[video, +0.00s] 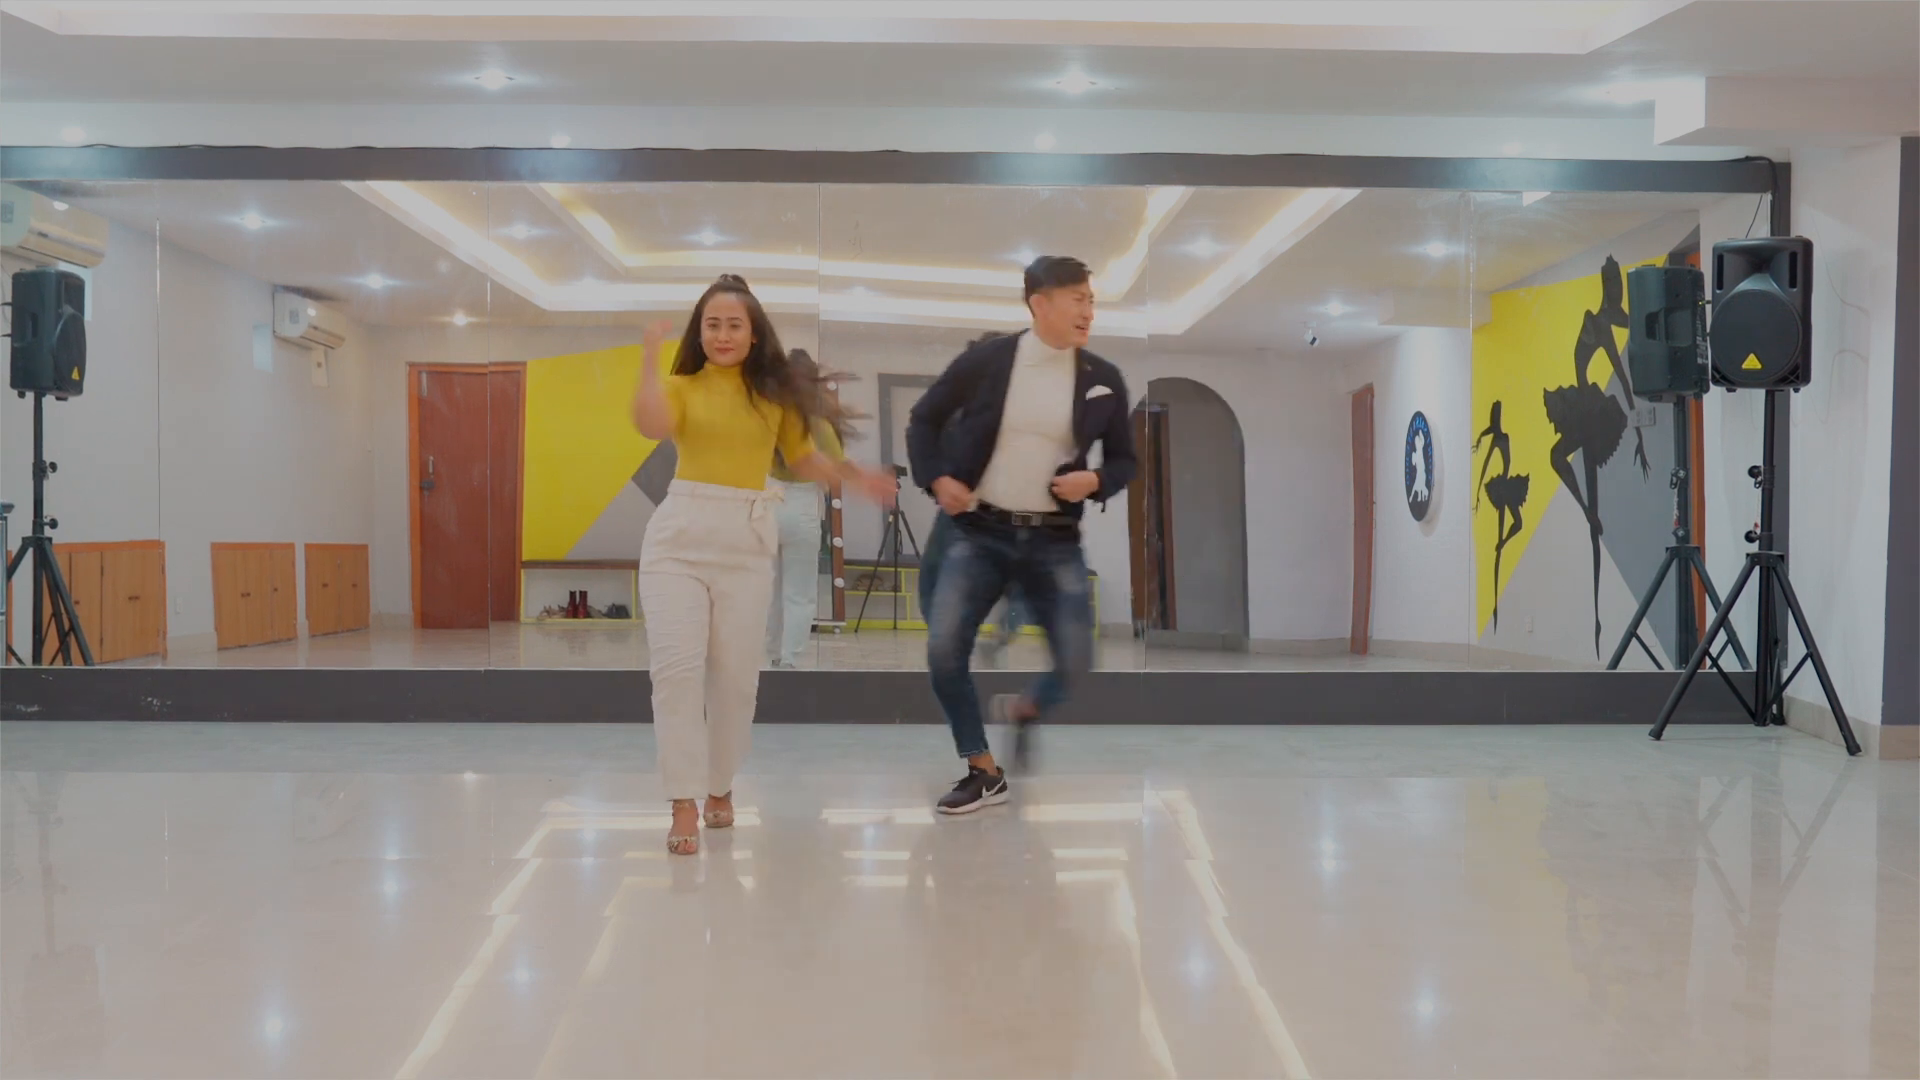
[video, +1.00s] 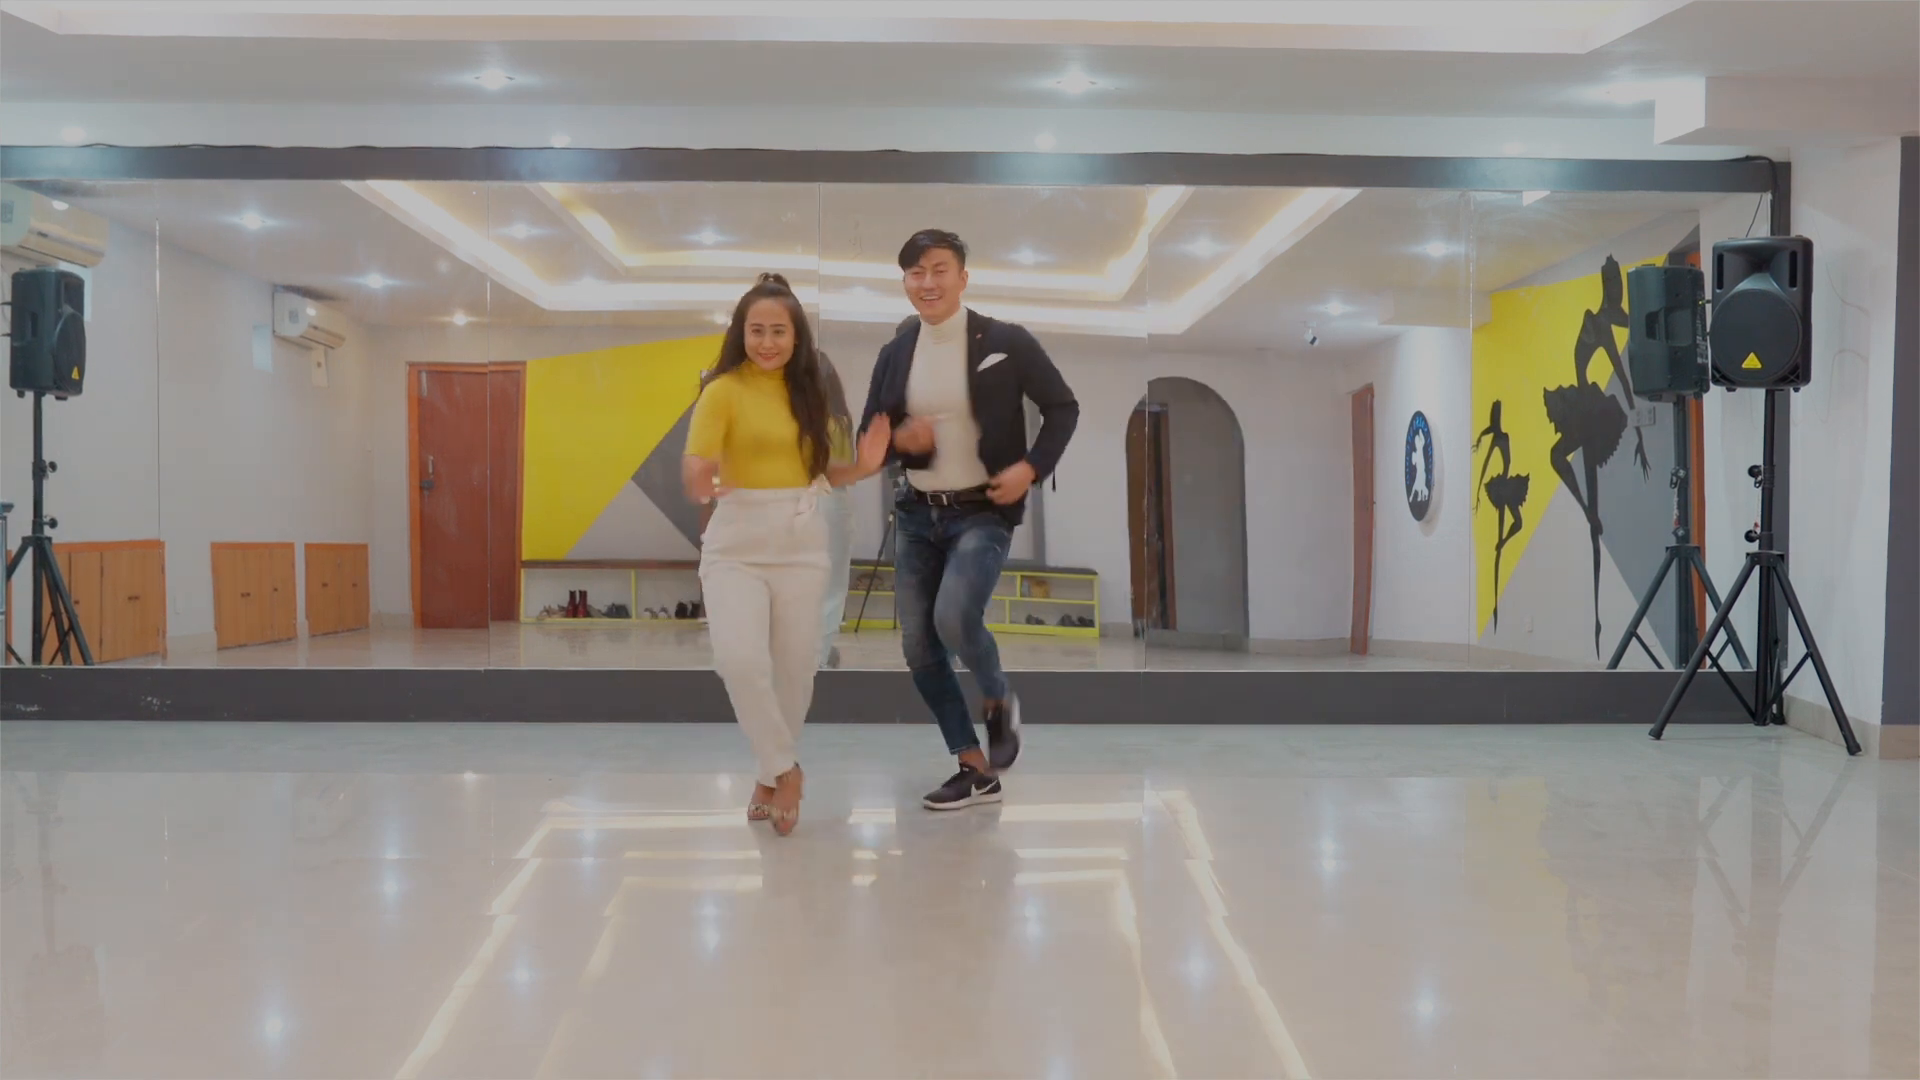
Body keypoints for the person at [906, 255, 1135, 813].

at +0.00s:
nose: (1089, 312)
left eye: (1091, 302)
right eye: (1077, 301)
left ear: (1090, 306)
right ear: (1037, 304)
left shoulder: (1102, 379)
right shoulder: (985, 360)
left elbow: (1124, 461)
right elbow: (924, 418)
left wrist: (1097, 481)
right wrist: (934, 478)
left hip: (1054, 540)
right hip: (978, 531)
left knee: (1073, 668)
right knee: (943, 651)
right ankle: (982, 768)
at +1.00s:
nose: (927, 282)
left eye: (939, 270)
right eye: (916, 272)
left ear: (964, 276)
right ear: (904, 281)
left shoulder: (1007, 343)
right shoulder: (896, 353)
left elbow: (1062, 407)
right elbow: (869, 438)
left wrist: (1031, 468)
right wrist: (897, 438)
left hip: (982, 510)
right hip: (917, 513)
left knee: (953, 621)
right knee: (917, 647)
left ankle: (996, 703)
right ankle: (973, 769)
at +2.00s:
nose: (962, 296)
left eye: (973, 285)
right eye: (951, 285)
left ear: (991, 293)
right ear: (935, 295)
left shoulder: (1021, 358)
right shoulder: (905, 368)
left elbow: (1079, 421)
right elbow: (857, 449)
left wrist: (1065, 468)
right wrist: (908, 506)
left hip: (1011, 518)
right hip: (937, 523)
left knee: (1003, 643)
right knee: (933, 632)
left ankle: (986, 744)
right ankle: (958, 753)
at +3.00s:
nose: (952, 303)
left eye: (963, 292)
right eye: (939, 291)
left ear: (976, 299)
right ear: (918, 298)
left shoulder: (1008, 366)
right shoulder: (885, 373)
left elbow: (1059, 433)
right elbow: (849, 454)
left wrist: (1025, 492)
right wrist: (894, 484)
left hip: (982, 542)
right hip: (901, 539)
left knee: (1029, 661)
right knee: (820, 639)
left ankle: (1058, 763)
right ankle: (777, 757)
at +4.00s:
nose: (793, 335)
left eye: (807, 327)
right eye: (796, 323)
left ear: (845, 345)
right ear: (797, 328)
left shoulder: (888, 401)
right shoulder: (776, 383)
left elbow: (905, 498)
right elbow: (711, 418)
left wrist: (832, 484)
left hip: (901, 549)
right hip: (837, 551)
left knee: (870, 656)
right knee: (756, 646)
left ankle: (867, 807)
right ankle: (804, 767)